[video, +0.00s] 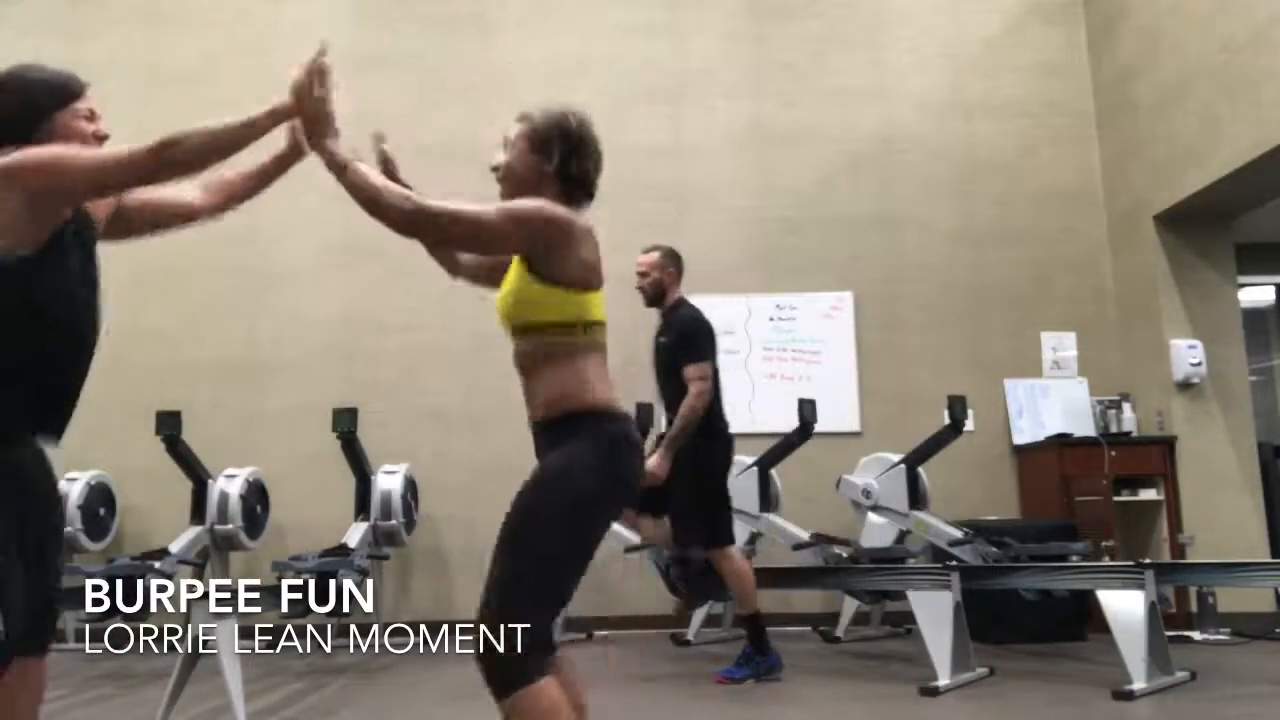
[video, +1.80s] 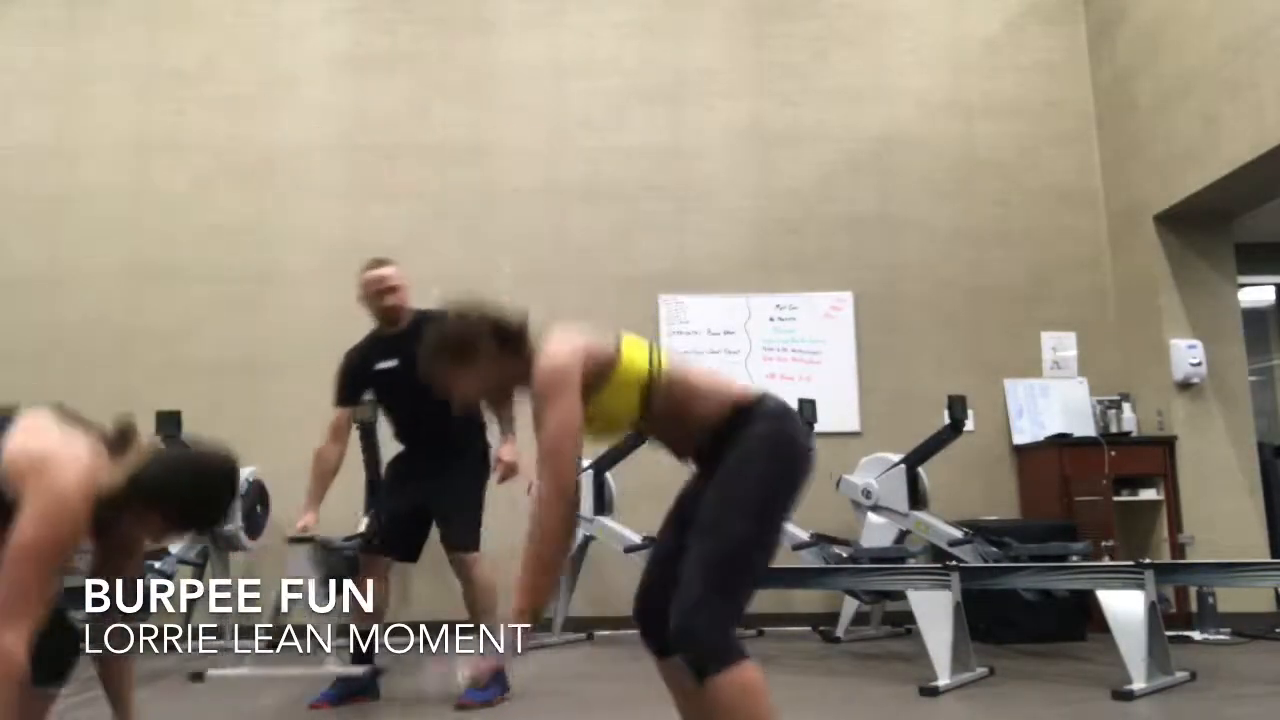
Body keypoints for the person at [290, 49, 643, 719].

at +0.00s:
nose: (499, 161)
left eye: (512, 151)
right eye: (505, 149)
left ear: (551, 165)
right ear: (549, 169)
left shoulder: (555, 224)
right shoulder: (539, 245)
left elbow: (409, 216)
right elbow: (457, 260)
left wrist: (326, 147)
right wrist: (400, 190)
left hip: (588, 451)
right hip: (579, 449)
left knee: (504, 642)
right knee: (523, 638)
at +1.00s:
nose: (409, 128)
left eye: (424, 118)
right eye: (417, 116)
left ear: (457, 134)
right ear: (454, 135)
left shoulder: (467, 190)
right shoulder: (450, 238)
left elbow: (323, 191)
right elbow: (360, 265)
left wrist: (294, 149)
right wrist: (316, 197)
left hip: (490, 422)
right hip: (514, 421)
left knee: (411, 623)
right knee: (531, 613)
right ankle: (578, 716)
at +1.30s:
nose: (437, 148)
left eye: (446, 134)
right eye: (439, 135)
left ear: (479, 138)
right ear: (498, 143)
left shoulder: (507, 188)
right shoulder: (513, 215)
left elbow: (388, 200)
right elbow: (452, 289)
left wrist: (331, 143)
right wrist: (409, 227)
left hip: (519, 418)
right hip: (552, 416)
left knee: (442, 620)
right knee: (568, 608)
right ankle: (655, 713)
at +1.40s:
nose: (464, 200)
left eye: (468, 183)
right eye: (461, 186)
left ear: (506, 171)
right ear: (505, 175)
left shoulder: (554, 212)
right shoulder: (532, 244)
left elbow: (513, 257)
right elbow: (497, 336)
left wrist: (394, 220)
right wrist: (426, 287)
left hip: (574, 429)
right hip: (597, 429)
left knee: (484, 623)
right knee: (627, 627)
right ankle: (698, 714)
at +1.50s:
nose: (480, 221)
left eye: (482, 202)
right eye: (475, 207)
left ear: (521, 185)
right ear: (521, 189)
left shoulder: (584, 224)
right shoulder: (559, 262)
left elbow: (571, 288)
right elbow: (539, 372)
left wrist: (440, 315)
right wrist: (457, 380)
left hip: (635, 427)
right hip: (632, 431)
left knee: (552, 623)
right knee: (649, 623)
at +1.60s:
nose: (480, 240)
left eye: (480, 222)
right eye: (473, 228)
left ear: (513, 197)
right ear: (514, 202)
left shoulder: (581, 229)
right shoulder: (558, 267)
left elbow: (571, 327)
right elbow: (566, 396)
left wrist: (487, 401)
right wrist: (502, 456)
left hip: (677, 415)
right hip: (663, 422)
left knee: (619, 613)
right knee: (674, 618)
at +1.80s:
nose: (461, 397)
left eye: (456, 383)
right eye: (451, 389)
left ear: (481, 354)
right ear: (488, 347)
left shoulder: (557, 361)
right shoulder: (550, 371)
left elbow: (557, 499)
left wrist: (519, 623)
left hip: (765, 437)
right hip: (724, 455)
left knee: (701, 625)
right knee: (656, 615)